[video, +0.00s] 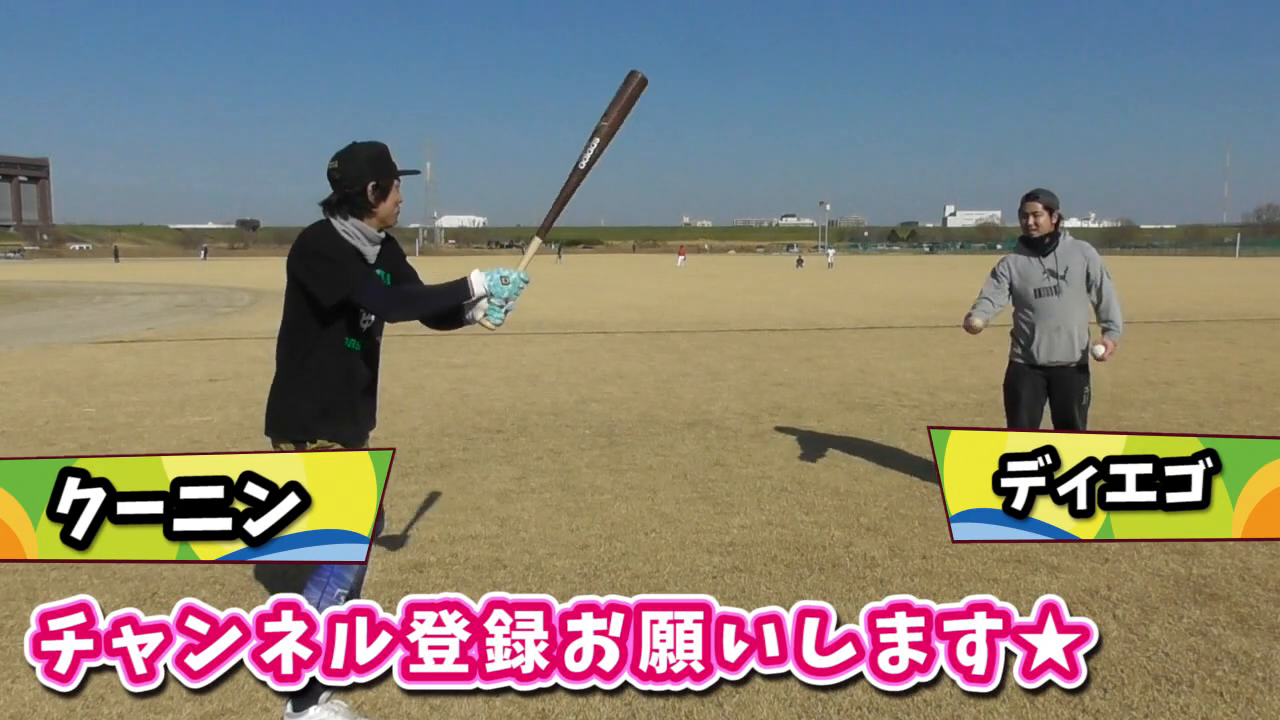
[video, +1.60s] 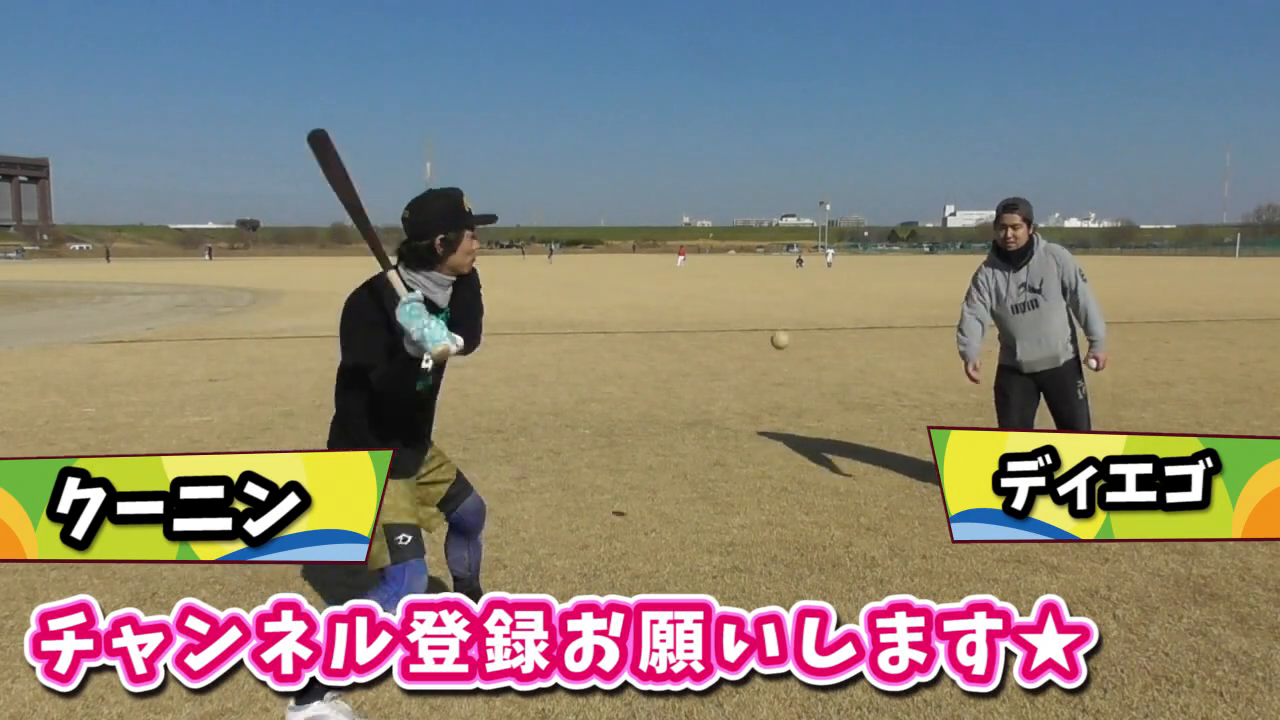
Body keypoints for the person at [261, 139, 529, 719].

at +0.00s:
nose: (400, 197)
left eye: (399, 188)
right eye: (395, 188)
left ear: (367, 191)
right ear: (373, 193)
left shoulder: (382, 249)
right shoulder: (319, 245)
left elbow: (422, 311)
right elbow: (382, 301)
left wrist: (475, 310)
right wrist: (470, 285)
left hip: (351, 425)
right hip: (311, 426)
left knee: (352, 548)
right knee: (345, 553)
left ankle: (316, 680)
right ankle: (304, 695)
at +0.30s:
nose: (407, 200)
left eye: (405, 191)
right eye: (403, 191)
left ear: (369, 194)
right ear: (381, 194)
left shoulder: (389, 248)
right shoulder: (327, 246)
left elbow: (446, 299)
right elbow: (404, 284)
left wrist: (496, 279)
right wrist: (481, 251)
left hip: (351, 425)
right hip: (315, 427)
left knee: (347, 548)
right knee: (352, 555)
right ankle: (309, 694)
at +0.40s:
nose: (404, 202)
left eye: (403, 193)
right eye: (400, 193)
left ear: (364, 197)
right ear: (378, 197)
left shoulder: (387, 250)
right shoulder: (320, 250)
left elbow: (450, 300)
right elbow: (398, 283)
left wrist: (493, 276)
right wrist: (476, 246)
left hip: (347, 433)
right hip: (312, 435)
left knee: (348, 547)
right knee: (359, 562)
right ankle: (308, 695)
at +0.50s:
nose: (402, 202)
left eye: (400, 192)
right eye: (396, 192)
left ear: (365, 197)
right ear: (371, 196)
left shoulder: (381, 253)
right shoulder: (309, 246)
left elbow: (445, 302)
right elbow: (375, 284)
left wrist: (479, 271)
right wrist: (453, 239)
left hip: (346, 433)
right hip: (305, 433)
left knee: (374, 530)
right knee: (376, 529)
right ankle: (309, 692)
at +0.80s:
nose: (393, 197)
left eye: (393, 190)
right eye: (389, 190)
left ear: (353, 192)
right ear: (365, 193)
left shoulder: (373, 245)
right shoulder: (283, 237)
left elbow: (417, 308)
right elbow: (299, 281)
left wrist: (406, 259)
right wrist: (377, 232)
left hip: (345, 406)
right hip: (287, 417)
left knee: (425, 503)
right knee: (344, 543)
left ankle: (414, 617)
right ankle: (307, 696)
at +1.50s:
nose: (455, 226)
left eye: (453, 216)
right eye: (446, 218)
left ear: (420, 225)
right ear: (416, 226)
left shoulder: (445, 274)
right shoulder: (338, 259)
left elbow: (417, 331)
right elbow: (281, 328)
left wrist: (363, 289)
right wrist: (331, 269)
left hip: (406, 428)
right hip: (343, 437)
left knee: (471, 514)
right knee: (369, 564)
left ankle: (475, 605)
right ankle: (305, 694)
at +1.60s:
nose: (478, 242)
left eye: (475, 233)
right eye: (469, 235)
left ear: (440, 243)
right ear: (440, 245)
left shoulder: (458, 287)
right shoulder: (369, 304)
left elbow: (469, 338)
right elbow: (380, 392)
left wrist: (442, 336)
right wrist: (417, 352)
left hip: (417, 449)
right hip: (371, 462)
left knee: (470, 512)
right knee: (408, 578)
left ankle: (469, 613)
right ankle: (311, 692)